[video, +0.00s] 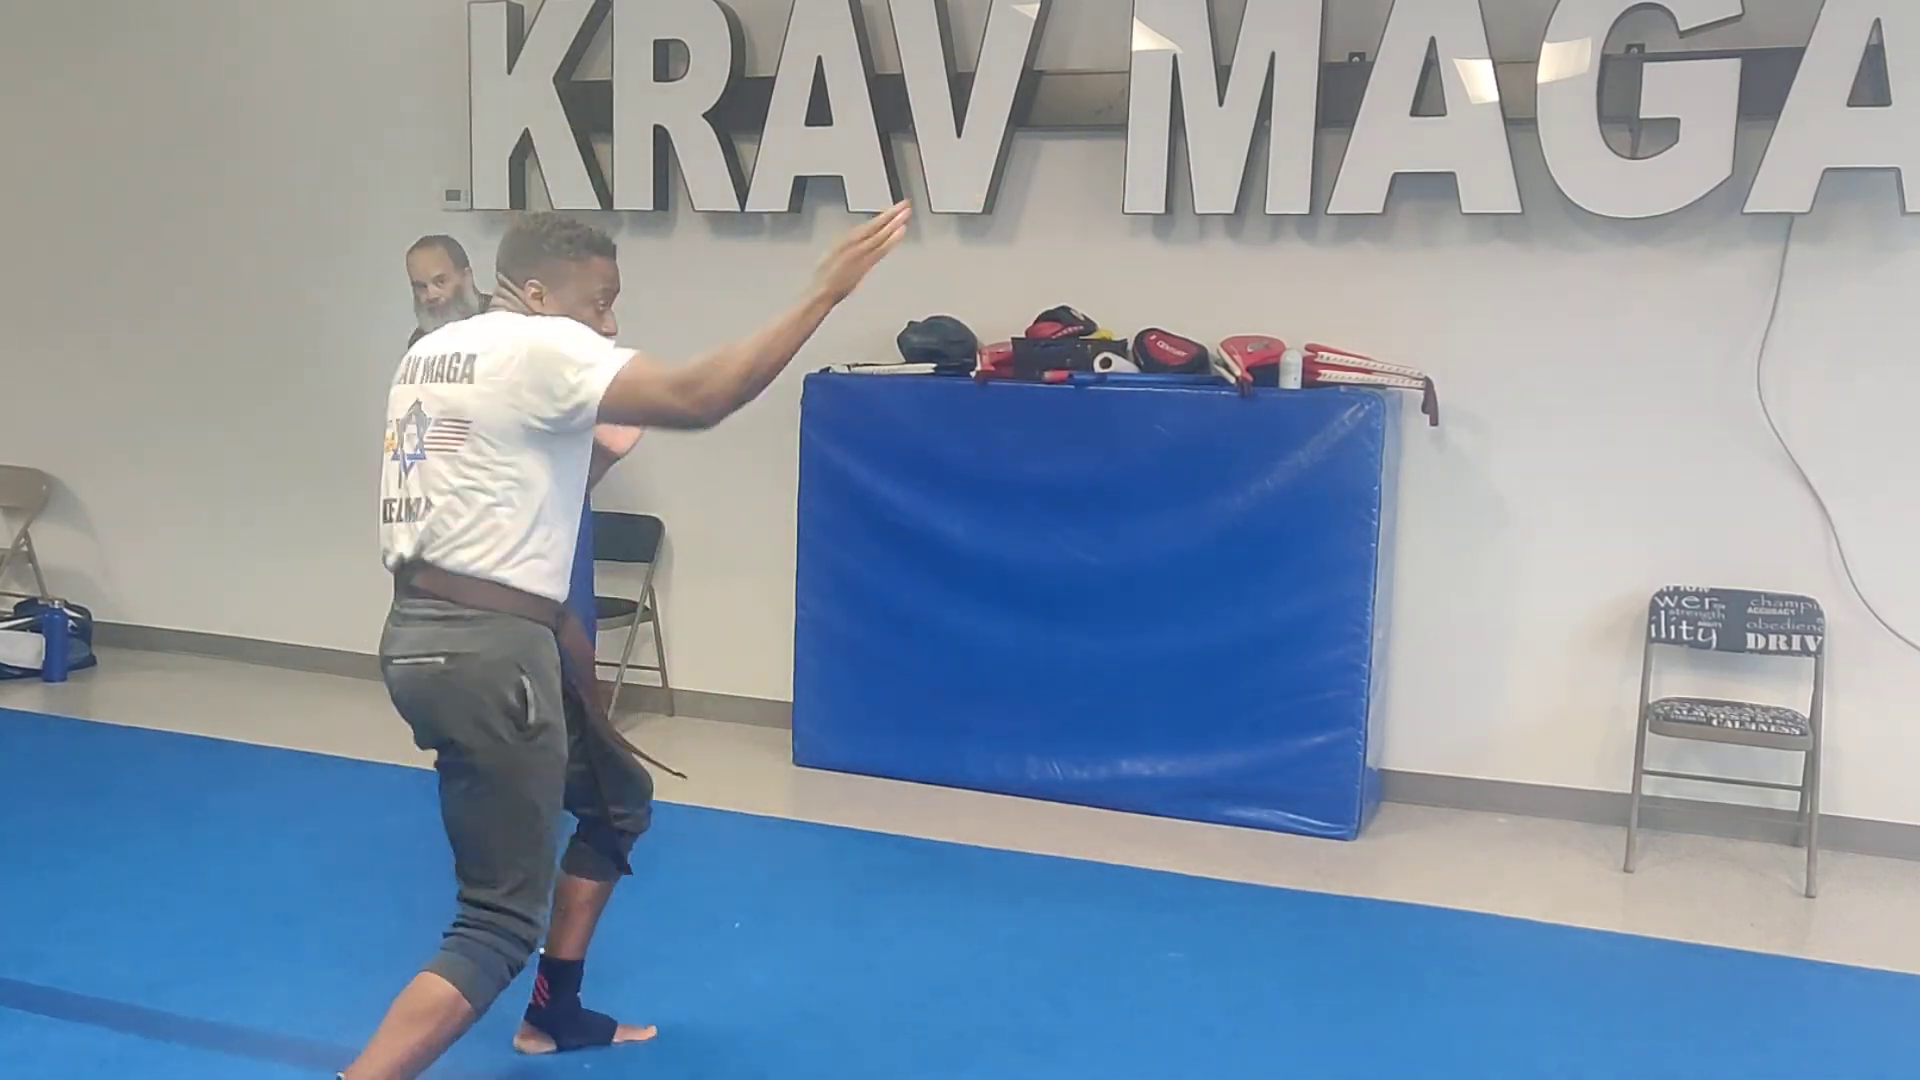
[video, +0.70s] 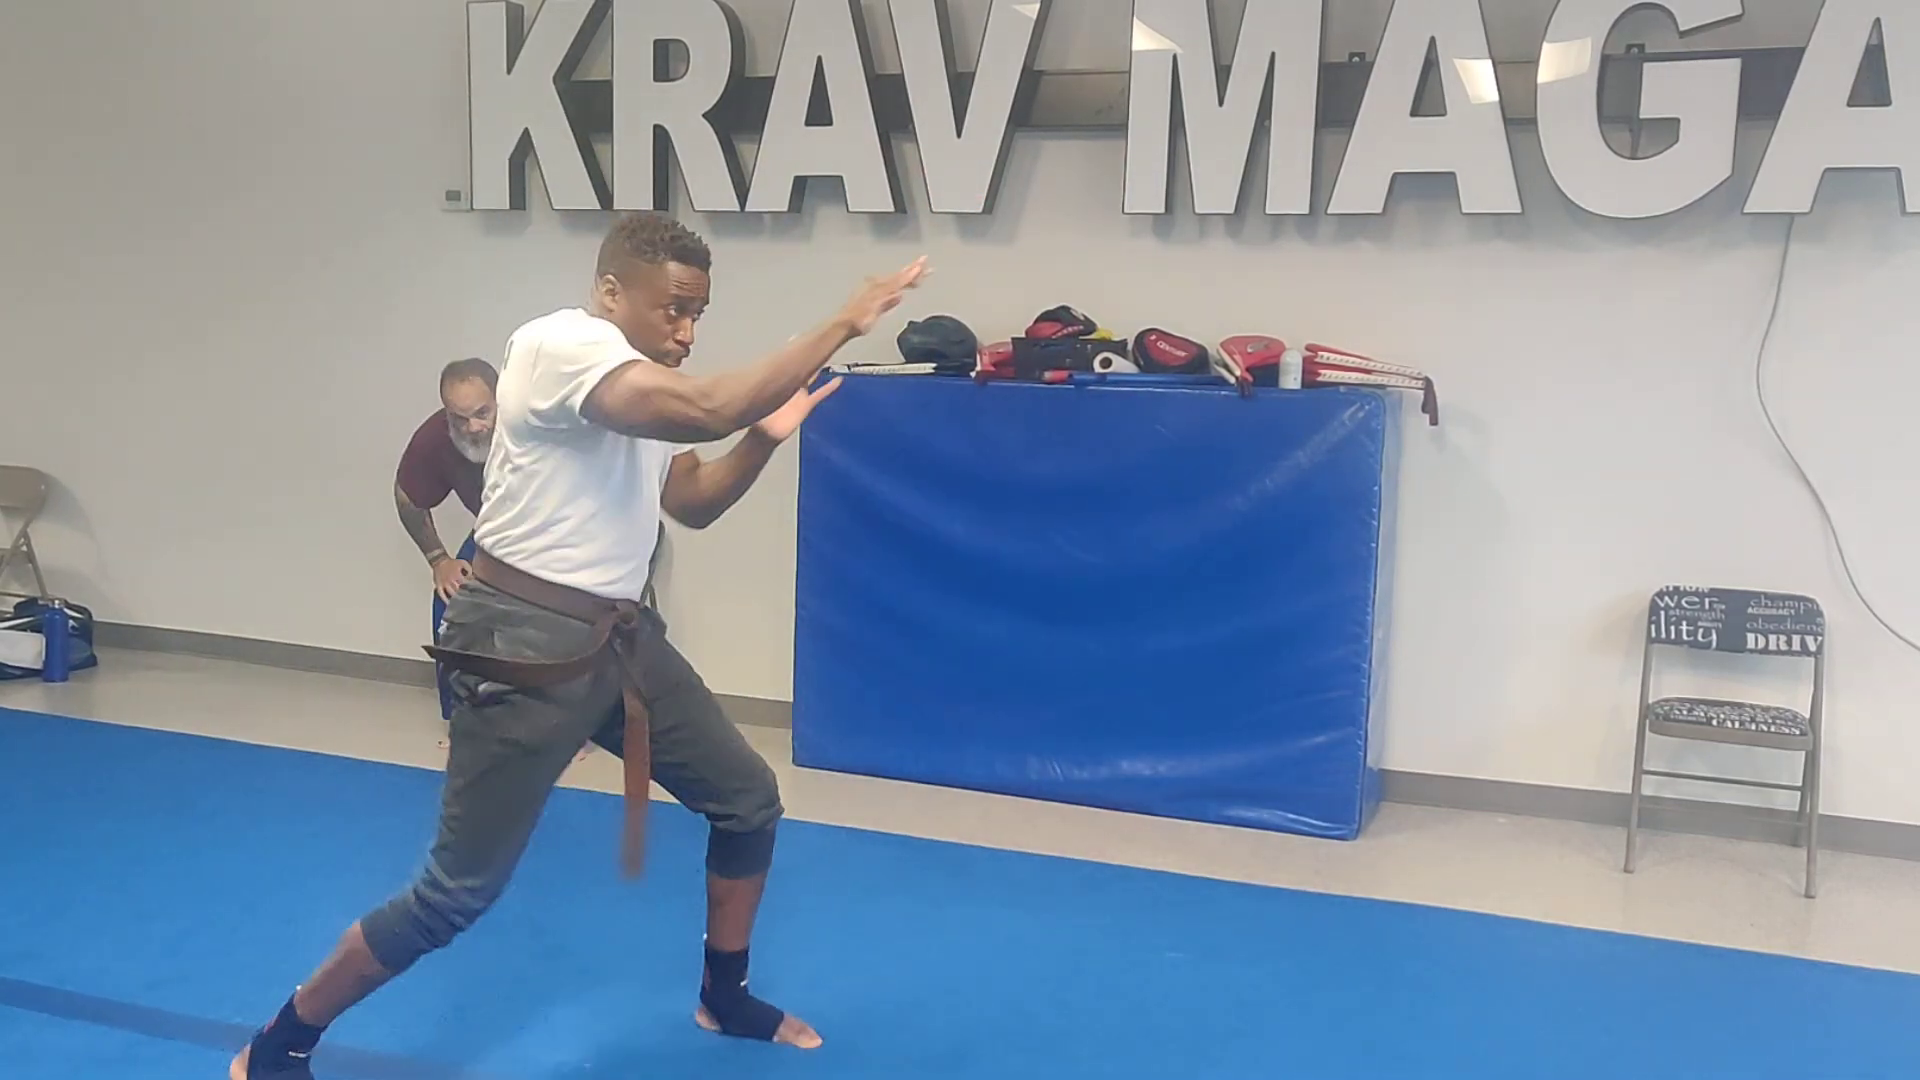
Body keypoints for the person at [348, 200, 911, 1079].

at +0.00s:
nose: (610, 324)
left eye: (611, 305)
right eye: (597, 303)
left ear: (519, 297)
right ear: (529, 293)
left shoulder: (427, 355)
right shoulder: (540, 353)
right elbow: (700, 394)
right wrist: (824, 294)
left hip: (418, 636)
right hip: (497, 645)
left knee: (616, 796)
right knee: (500, 920)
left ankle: (556, 1006)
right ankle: (364, 1074)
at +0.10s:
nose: (625, 302)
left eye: (629, 284)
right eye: (610, 282)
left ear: (553, 281)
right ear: (539, 275)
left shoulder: (550, 354)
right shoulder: (485, 339)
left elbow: (586, 484)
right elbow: (587, 479)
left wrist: (638, 417)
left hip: (518, 629)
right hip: (446, 626)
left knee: (622, 812)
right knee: (486, 892)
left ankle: (556, 1012)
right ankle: (340, 1072)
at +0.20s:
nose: (604, 307)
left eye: (613, 285)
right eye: (589, 282)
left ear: (615, 280)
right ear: (521, 268)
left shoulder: (589, 359)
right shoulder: (431, 344)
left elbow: (631, 500)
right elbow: (479, 510)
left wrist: (668, 419)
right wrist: (621, 420)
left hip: (549, 618)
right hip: (437, 620)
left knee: (665, 818)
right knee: (442, 892)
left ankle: (579, 968)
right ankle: (311, 1063)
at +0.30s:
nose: (574, 330)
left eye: (588, 311)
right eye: (556, 307)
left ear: (602, 304)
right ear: (501, 286)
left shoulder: (618, 360)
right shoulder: (407, 364)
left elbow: (735, 469)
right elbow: (410, 529)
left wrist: (740, 379)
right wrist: (541, 459)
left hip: (559, 641)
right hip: (428, 639)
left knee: (698, 834)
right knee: (417, 901)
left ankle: (704, 988)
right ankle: (301, 1069)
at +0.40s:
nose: (604, 336)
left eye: (615, 316)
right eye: (584, 317)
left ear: (627, 305)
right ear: (526, 299)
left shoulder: (649, 350)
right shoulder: (443, 377)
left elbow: (785, 390)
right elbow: (406, 534)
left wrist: (866, 357)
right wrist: (519, 471)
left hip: (578, 643)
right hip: (458, 635)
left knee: (716, 834)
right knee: (425, 899)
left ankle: (723, 999)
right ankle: (304, 1069)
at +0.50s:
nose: (657, 313)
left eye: (665, 297)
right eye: (640, 297)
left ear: (667, 289)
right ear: (577, 289)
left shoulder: (665, 341)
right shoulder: (496, 354)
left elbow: (757, 444)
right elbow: (560, 494)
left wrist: (802, 396)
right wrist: (649, 387)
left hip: (597, 617)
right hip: (490, 618)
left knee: (721, 813)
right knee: (449, 892)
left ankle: (722, 997)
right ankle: (299, 1049)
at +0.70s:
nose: (687, 329)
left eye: (695, 313)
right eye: (674, 307)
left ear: (695, 307)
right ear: (611, 291)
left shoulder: (642, 390)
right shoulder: (560, 348)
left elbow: (691, 500)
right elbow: (710, 405)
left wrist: (761, 436)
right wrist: (844, 323)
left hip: (619, 633)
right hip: (522, 632)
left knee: (747, 803)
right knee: (454, 892)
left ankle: (725, 997)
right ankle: (283, 1041)